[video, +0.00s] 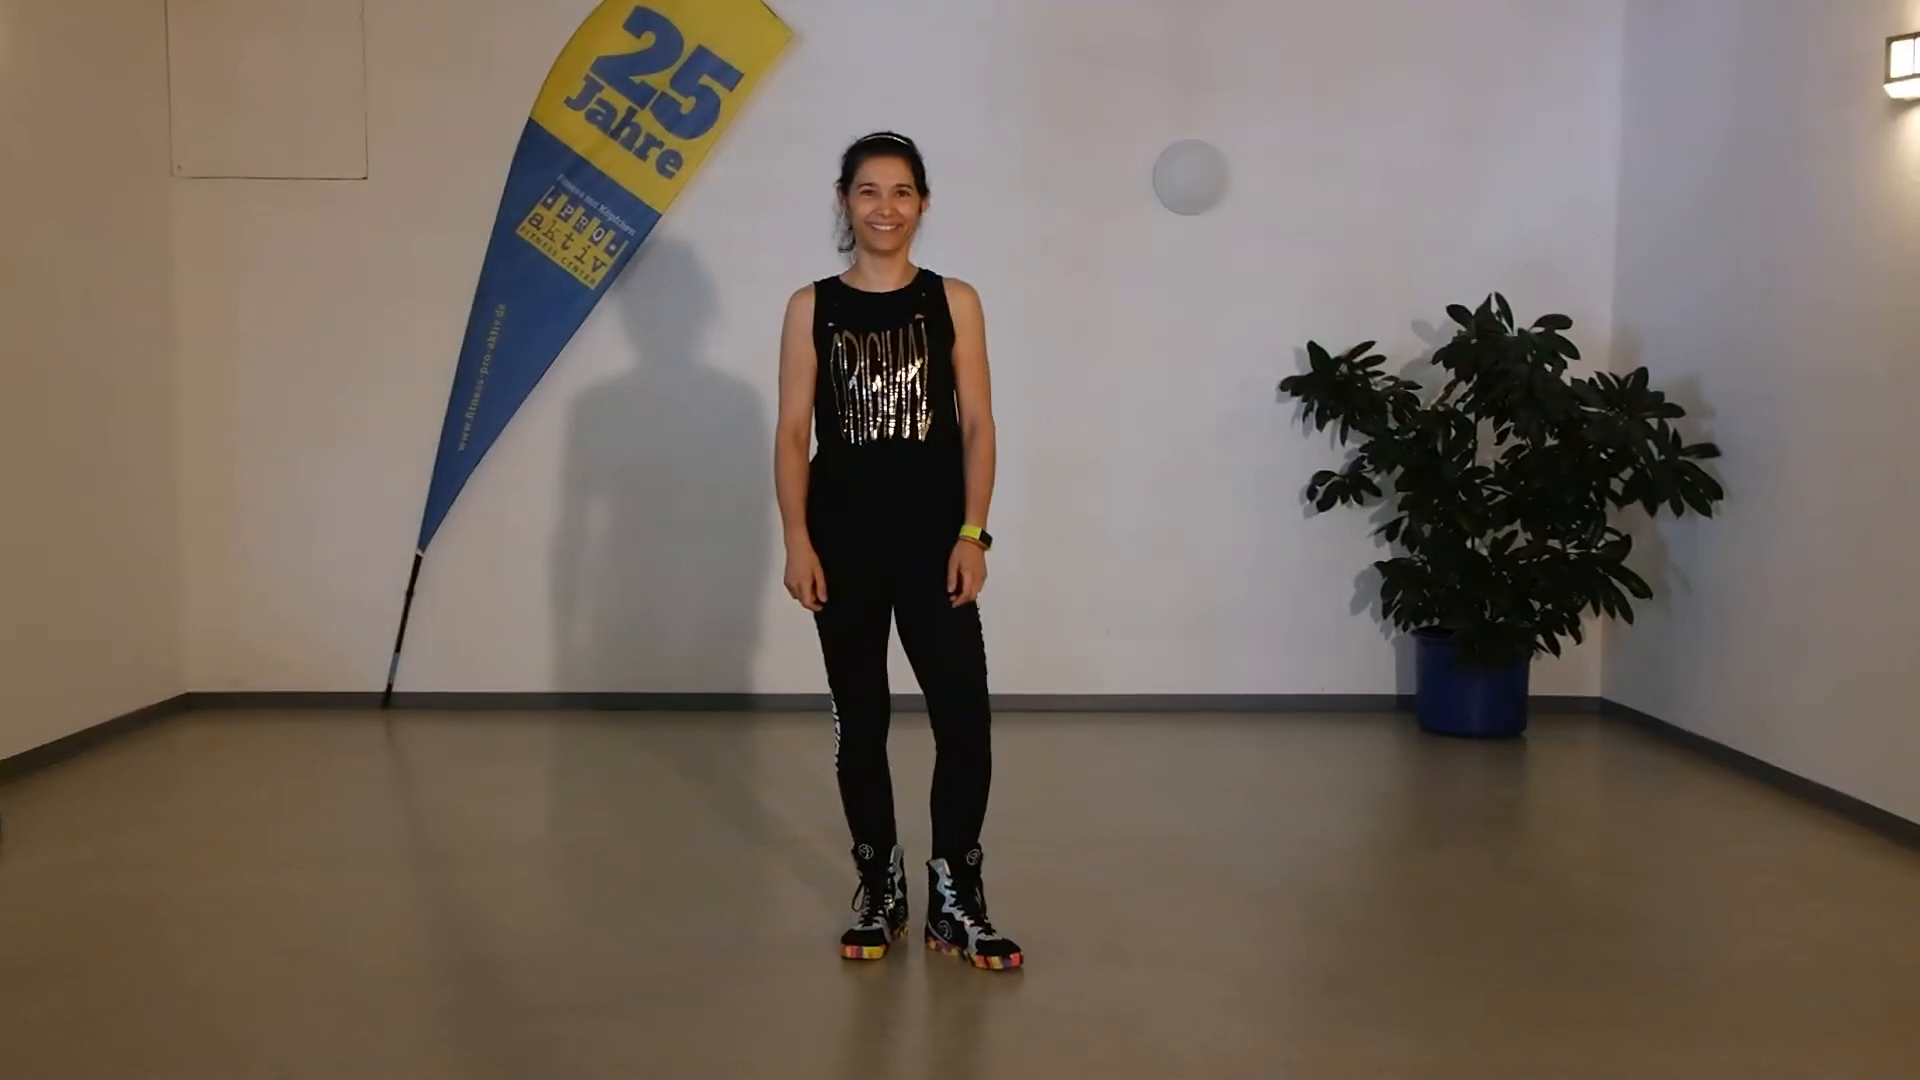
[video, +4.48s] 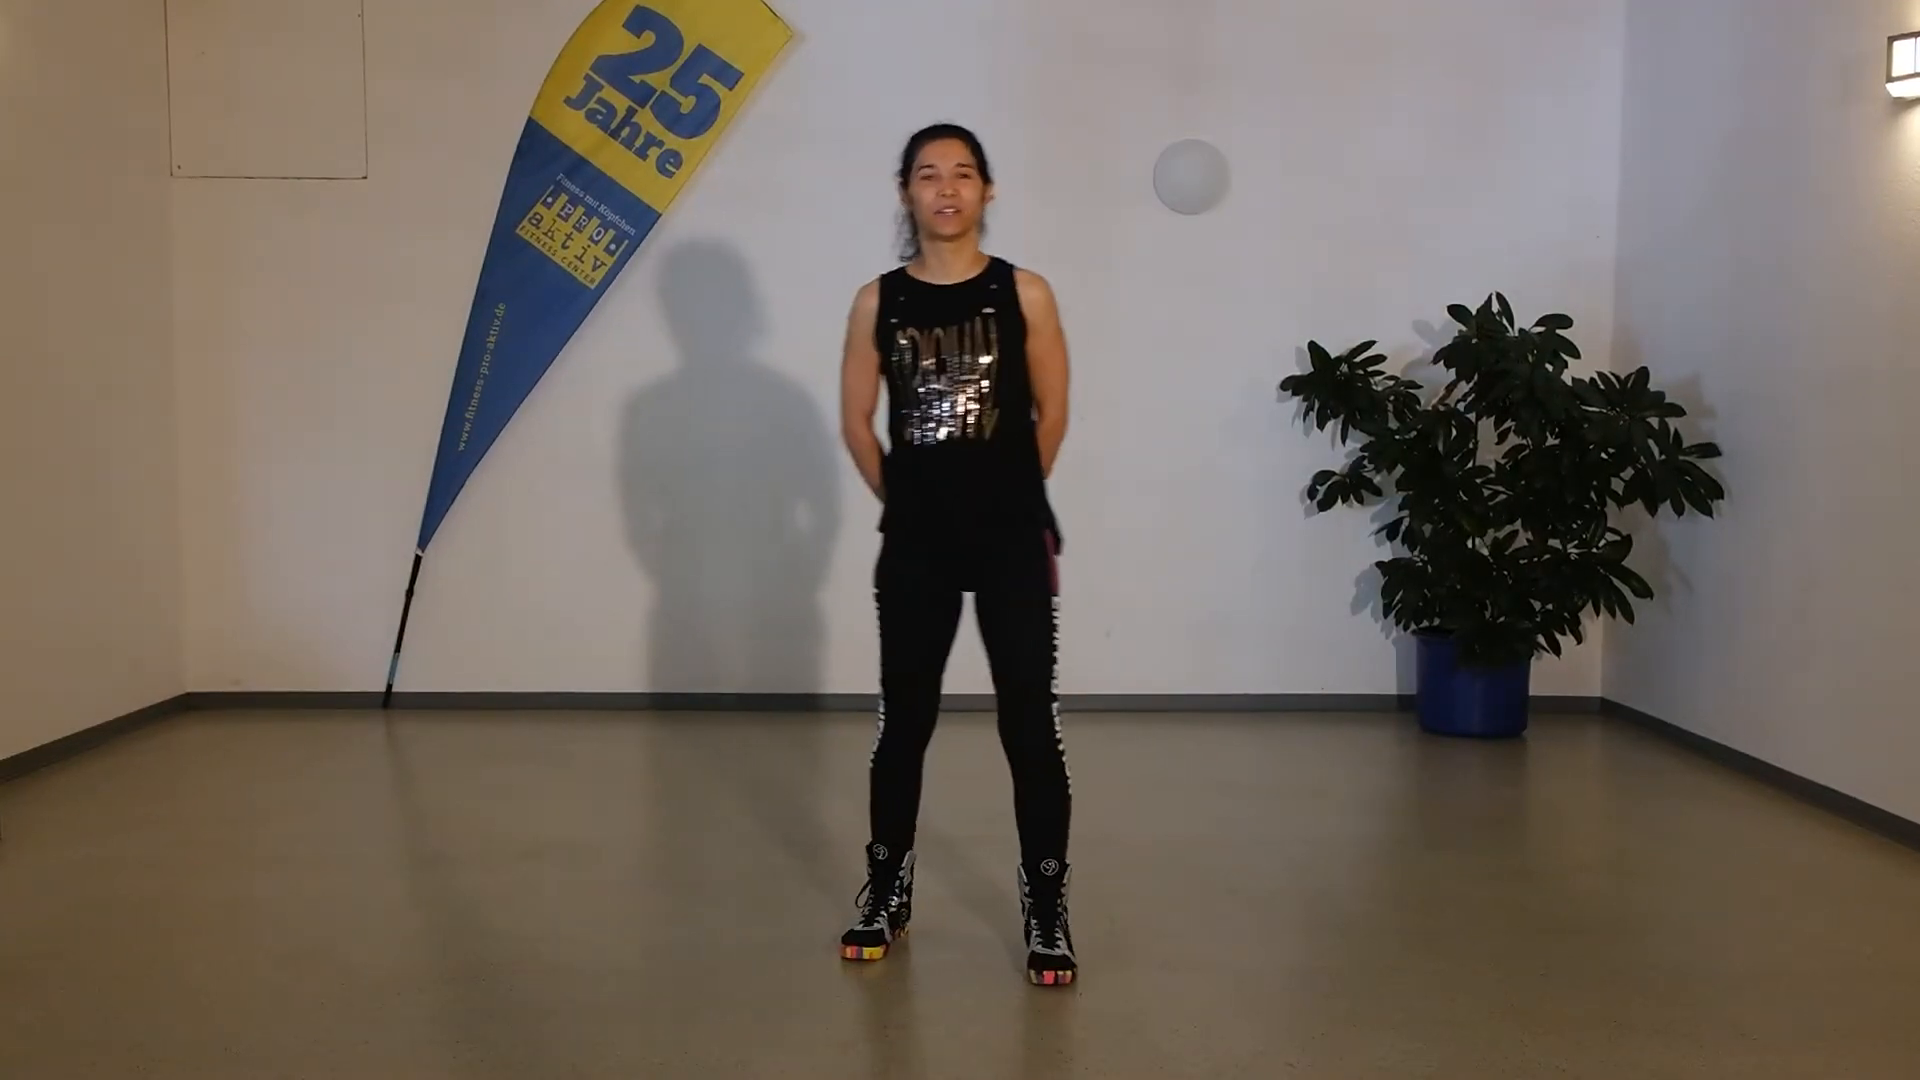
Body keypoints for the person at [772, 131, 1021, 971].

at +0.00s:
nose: (886, 205)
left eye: (901, 192)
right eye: (869, 191)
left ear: (922, 205)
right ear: (845, 204)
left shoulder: (955, 302)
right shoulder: (810, 307)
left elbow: (978, 425)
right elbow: (793, 434)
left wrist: (975, 531)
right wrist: (797, 540)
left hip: (933, 542)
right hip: (842, 543)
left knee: (965, 721)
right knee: (861, 722)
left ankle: (956, 896)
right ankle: (879, 891)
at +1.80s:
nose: (873, 204)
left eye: (888, 191)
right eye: (857, 190)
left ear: (909, 206)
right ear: (833, 203)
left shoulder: (940, 301)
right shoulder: (800, 308)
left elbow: (1012, 396)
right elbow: (778, 434)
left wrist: (983, 485)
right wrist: (786, 540)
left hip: (927, 537)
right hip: (835, 538)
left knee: (963, 716)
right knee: (859, 720)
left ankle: (953, 899)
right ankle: (878, 890)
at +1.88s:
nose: (875, 205)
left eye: (890, 191)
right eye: (859, 190)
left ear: (911, 205)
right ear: (835, 203)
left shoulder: (941, 300)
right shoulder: (800, 308)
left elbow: (1013, 372)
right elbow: (776, 431)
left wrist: (1022, 368)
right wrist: (785, 538)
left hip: (926, 538)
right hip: (834, 541)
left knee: (962, 716)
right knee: (858, 720)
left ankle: (955, 899)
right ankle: (878, 889)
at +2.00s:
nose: (879, 202)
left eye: (895, 189)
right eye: (863, 188)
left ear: (915, 205)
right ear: (839, 202)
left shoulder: (941, 296)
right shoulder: (804, 306)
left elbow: (1009, 340)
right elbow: (782, 430)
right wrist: (781, 537)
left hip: (926, 544)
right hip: (835, 545)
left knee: (960, 716)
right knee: (857, 722)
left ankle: (954, 900)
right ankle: (877, 889)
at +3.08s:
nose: (897, 195)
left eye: (914, 186)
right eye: (881, 181)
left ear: (930, 209)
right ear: (854, 198)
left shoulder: (950, 304)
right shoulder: (812, 303)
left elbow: (1013, 409)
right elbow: (787, 428)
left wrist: (998, 338)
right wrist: (799, 531)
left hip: (930, 542)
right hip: (839, 542)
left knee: (964, 717)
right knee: (859, 722)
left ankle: (951, 896)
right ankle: (878, 888)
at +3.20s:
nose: (896, 196)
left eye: (913, 187)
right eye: (881, 182)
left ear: (930, 209)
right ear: (854, 198)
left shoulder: (954, 307)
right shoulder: (812, 301)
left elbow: (982, 415)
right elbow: (786, 426)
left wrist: (1000, 457)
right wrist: (797, 529)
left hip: (930, 540)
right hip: (838, 540)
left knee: (966, 718)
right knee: (860, 722)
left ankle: (954, 899)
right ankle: (878, 891)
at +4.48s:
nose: (946, 188)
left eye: (961, 174)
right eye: (928, 176)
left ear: (985, 192)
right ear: (906, 196)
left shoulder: (1025, 292)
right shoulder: (878, 301)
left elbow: (1053, 413)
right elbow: (856, 424)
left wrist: (1017, 492)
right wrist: (902, 503)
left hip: (1010, 529)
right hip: (919, 530)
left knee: (1029, 725)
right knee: (904, 719)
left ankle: (1046, 910)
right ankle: (884, 893)